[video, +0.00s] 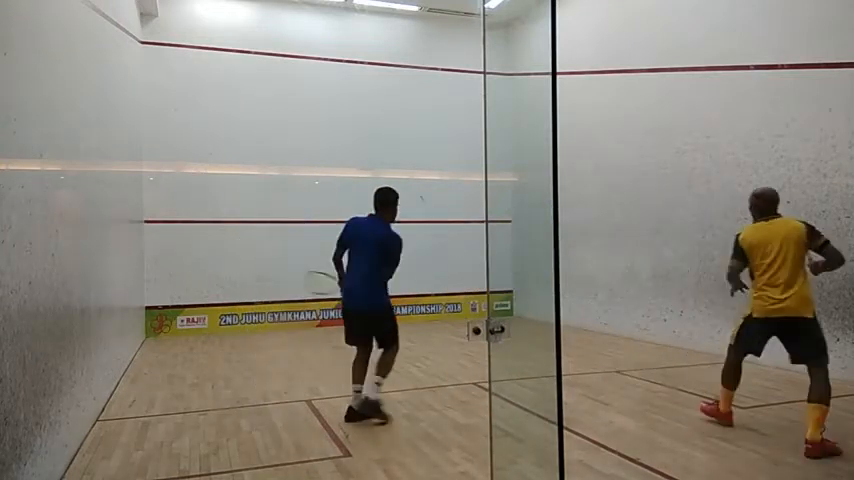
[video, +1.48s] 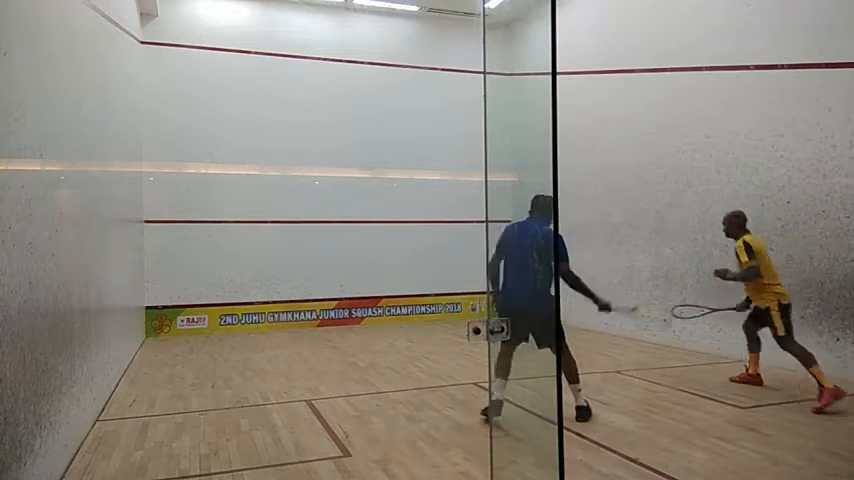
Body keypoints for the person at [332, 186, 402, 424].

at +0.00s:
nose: (397, 211)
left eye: (396, 206)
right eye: (395, 206)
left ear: (375, 205)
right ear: (390, 207)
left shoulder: (354, 225)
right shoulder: (393, 239)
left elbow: (337, 256)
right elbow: (388, 274)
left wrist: (341, 277)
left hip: (352, 302)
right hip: (377, 303)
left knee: (363, 349)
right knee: (391, 346)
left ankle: (357, 402)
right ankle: (372, 395)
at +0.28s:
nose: (426, 210)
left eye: (423, 205)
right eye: (427, 206)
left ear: (407, 205)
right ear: (427, 208)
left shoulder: (390, 226)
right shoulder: (431, 238)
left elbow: (371, 258)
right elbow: (421, 271)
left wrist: (346, 285)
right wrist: (390, 286)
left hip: (388, 302)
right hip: (417, 304)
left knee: (380, 350)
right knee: (431, 349)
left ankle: (362, 403)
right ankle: (443, 400)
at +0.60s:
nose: (459, 205)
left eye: (457, 201)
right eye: (459, 202)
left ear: (437, 202)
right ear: (457, 204)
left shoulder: (422, 223)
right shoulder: (463, 234)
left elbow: (419, 259)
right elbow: (472, 268)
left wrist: (414, 290)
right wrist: (482, 287)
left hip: (424, 296)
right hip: (451, 298)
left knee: (424, 346)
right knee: (450, 348)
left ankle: (437, 388)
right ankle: (445, 395)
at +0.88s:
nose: (478, 205)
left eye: (477, 201)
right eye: (477, 201)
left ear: (455, 203)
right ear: (474, 202)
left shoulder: (445, 231)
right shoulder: (488, 231)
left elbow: (435, 265)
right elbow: (506, 265)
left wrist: (420, 291)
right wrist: (528, 294)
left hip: (462, 300)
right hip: (486, 299)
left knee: (470, 352)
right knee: (477, 349)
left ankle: (481, 409)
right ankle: (472, 397)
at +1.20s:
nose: (504, 210)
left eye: (496, 206)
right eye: (504, 206)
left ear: (487, 207)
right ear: (506, 208)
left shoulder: (477, 233)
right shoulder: (520, 235)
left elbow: (468, 269)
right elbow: (530, 275)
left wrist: (452, 294)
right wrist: (543, 306)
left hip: (490, 305)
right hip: (519, 305)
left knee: (476, 355)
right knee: (537, 348)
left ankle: (483, 411)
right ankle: (563, 398)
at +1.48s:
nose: (552, 217)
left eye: (551, 213)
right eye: (552, 213)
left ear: (531, 210)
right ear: (549, 213)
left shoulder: (511, 231)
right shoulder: (552, 237)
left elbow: (492, 265)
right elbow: (565, 273)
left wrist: (497, 294)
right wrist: (596, 299)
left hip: (512, 305)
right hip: (542, 306)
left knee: (506, 348)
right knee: (562, 350)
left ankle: (496, 401)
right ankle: (580, 403)